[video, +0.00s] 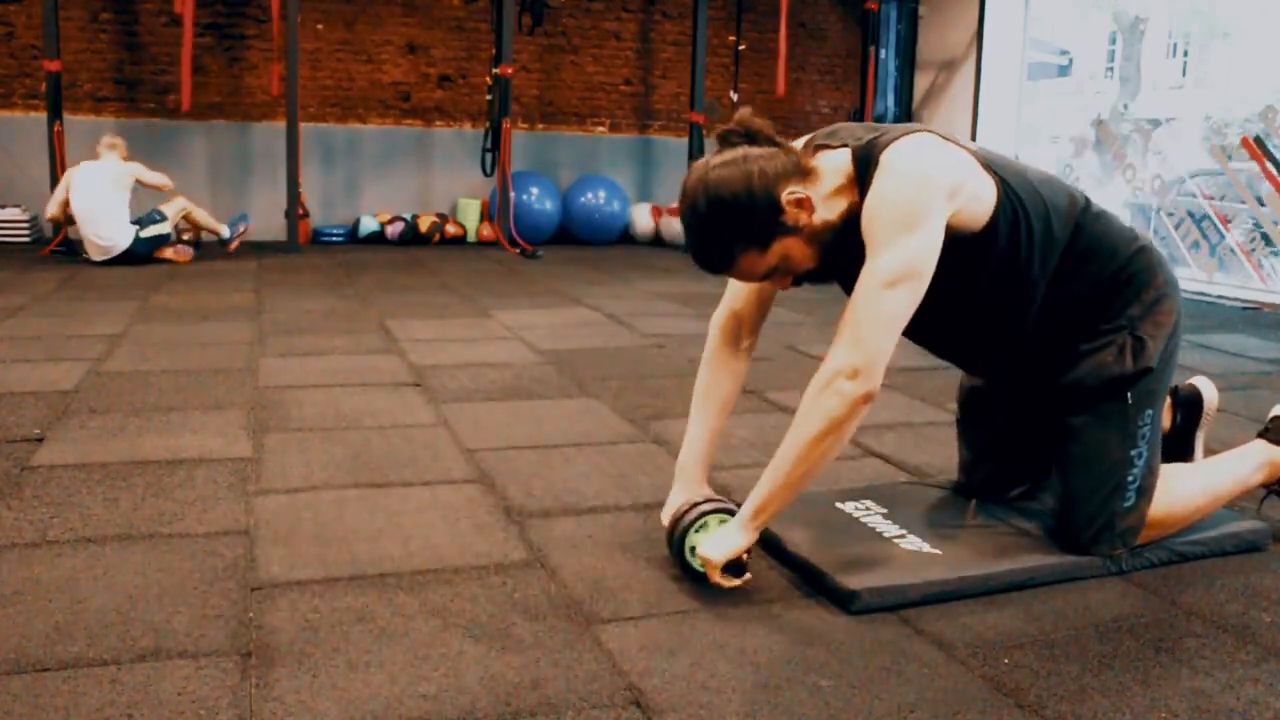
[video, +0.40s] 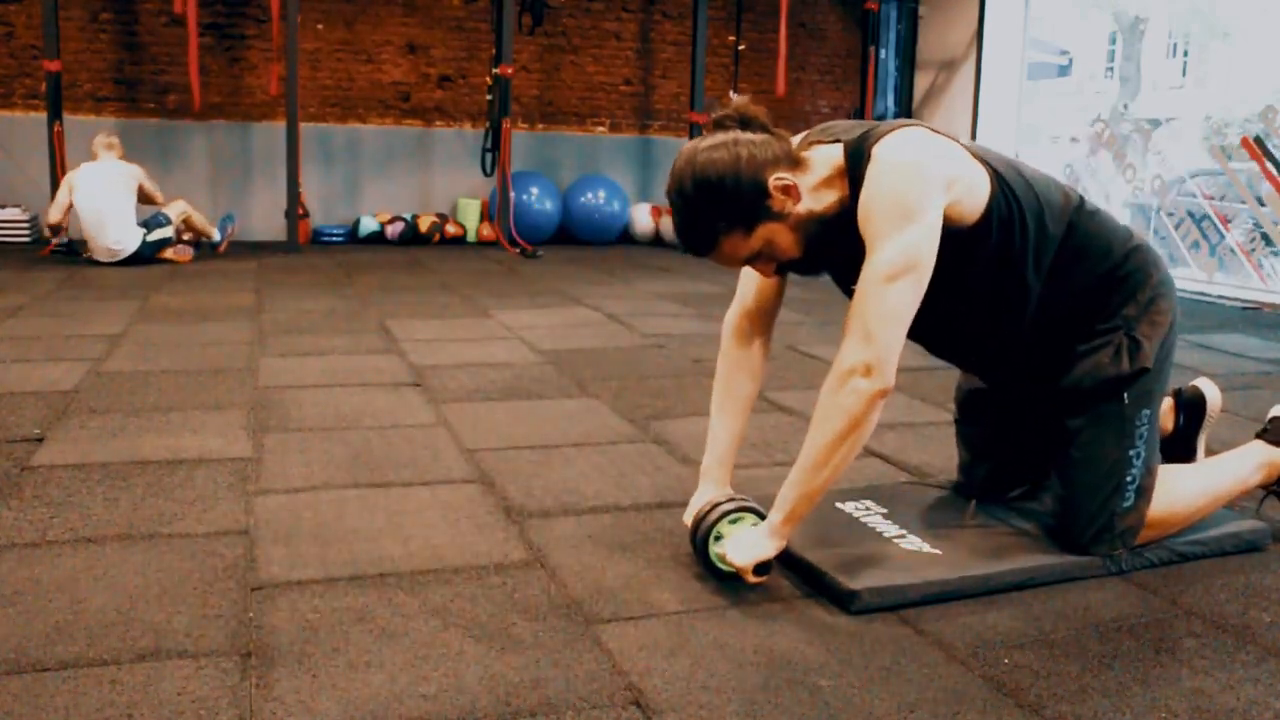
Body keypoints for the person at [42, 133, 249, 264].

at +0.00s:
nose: (121, 159)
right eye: (123, 155)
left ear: (97, 152)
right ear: (123, 153)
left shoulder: (74, 172)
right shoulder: (129, 168)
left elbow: (51, 214)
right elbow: (167, 184)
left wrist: (74, 216)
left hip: (95, 256)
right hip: (127, 248)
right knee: (181, 203)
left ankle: (167, 250)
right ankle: (227, 233)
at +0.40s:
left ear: (93, 153)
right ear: (120, 152)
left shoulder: (74, 176)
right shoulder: (132, 171)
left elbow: (53, 220)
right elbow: (156, 199)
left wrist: (60, 227)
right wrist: (130, 196)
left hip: (98, 256)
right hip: (132, 251)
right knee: (181, 206)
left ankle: (166, 251)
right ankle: (215, 236)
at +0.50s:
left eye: (97, 152)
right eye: (114, 151)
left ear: (92, 154)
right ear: (118, 153)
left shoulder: (74, 176)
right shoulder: (132, 170)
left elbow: (51, 219)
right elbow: (166, 197)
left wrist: (35, 233)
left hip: (99, 256)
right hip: (132, 250)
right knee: (181, 206)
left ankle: (169, 251)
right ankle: (217, 238)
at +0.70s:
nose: (110, 153)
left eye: (101, 150)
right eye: (113, 150)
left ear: (90, 155)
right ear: (116, 153)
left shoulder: (73, 179)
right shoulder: (129, 171)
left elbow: (41, 221)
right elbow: (174, 193)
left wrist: (11, 244)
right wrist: (169, 203)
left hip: (97, 256)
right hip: (131, 249)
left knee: (136, 232)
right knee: (181, 207)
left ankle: (167, 251)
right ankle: (221, 238)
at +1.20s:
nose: (115, 158)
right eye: (117, 154)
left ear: (90, 156)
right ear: (118, 155)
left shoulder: (70, 180)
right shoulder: (129, 171)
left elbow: (56, 227)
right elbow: (177, 194)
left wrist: (49, 238)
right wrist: (191, 200)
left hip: (97, 256)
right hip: (130, 247)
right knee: (186, 210)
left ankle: (170, 251)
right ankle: (222, 238)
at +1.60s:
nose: (123, 158)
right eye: (124, 154)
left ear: (96, 154)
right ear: (123, 154)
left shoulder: (75, 178)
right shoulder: (129, 172)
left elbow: (72, 225)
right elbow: (174, 196)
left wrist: (78, 242)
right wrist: (187, 203)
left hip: (97, 256)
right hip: (129, 247)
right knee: (186, 211)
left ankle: (168, 252)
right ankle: (226, 240)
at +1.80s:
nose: (126, 159)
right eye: (126, 155)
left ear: (99, 154)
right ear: (124, 154)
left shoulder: (77, 177)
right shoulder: (131, 171)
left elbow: (63, 222)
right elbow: (181, 197)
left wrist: (82, 203)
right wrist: (191, 201)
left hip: (98, 255)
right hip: (128, 248)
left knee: (147, 246)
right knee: (188, 211)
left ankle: (171, 252)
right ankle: (226, 240)